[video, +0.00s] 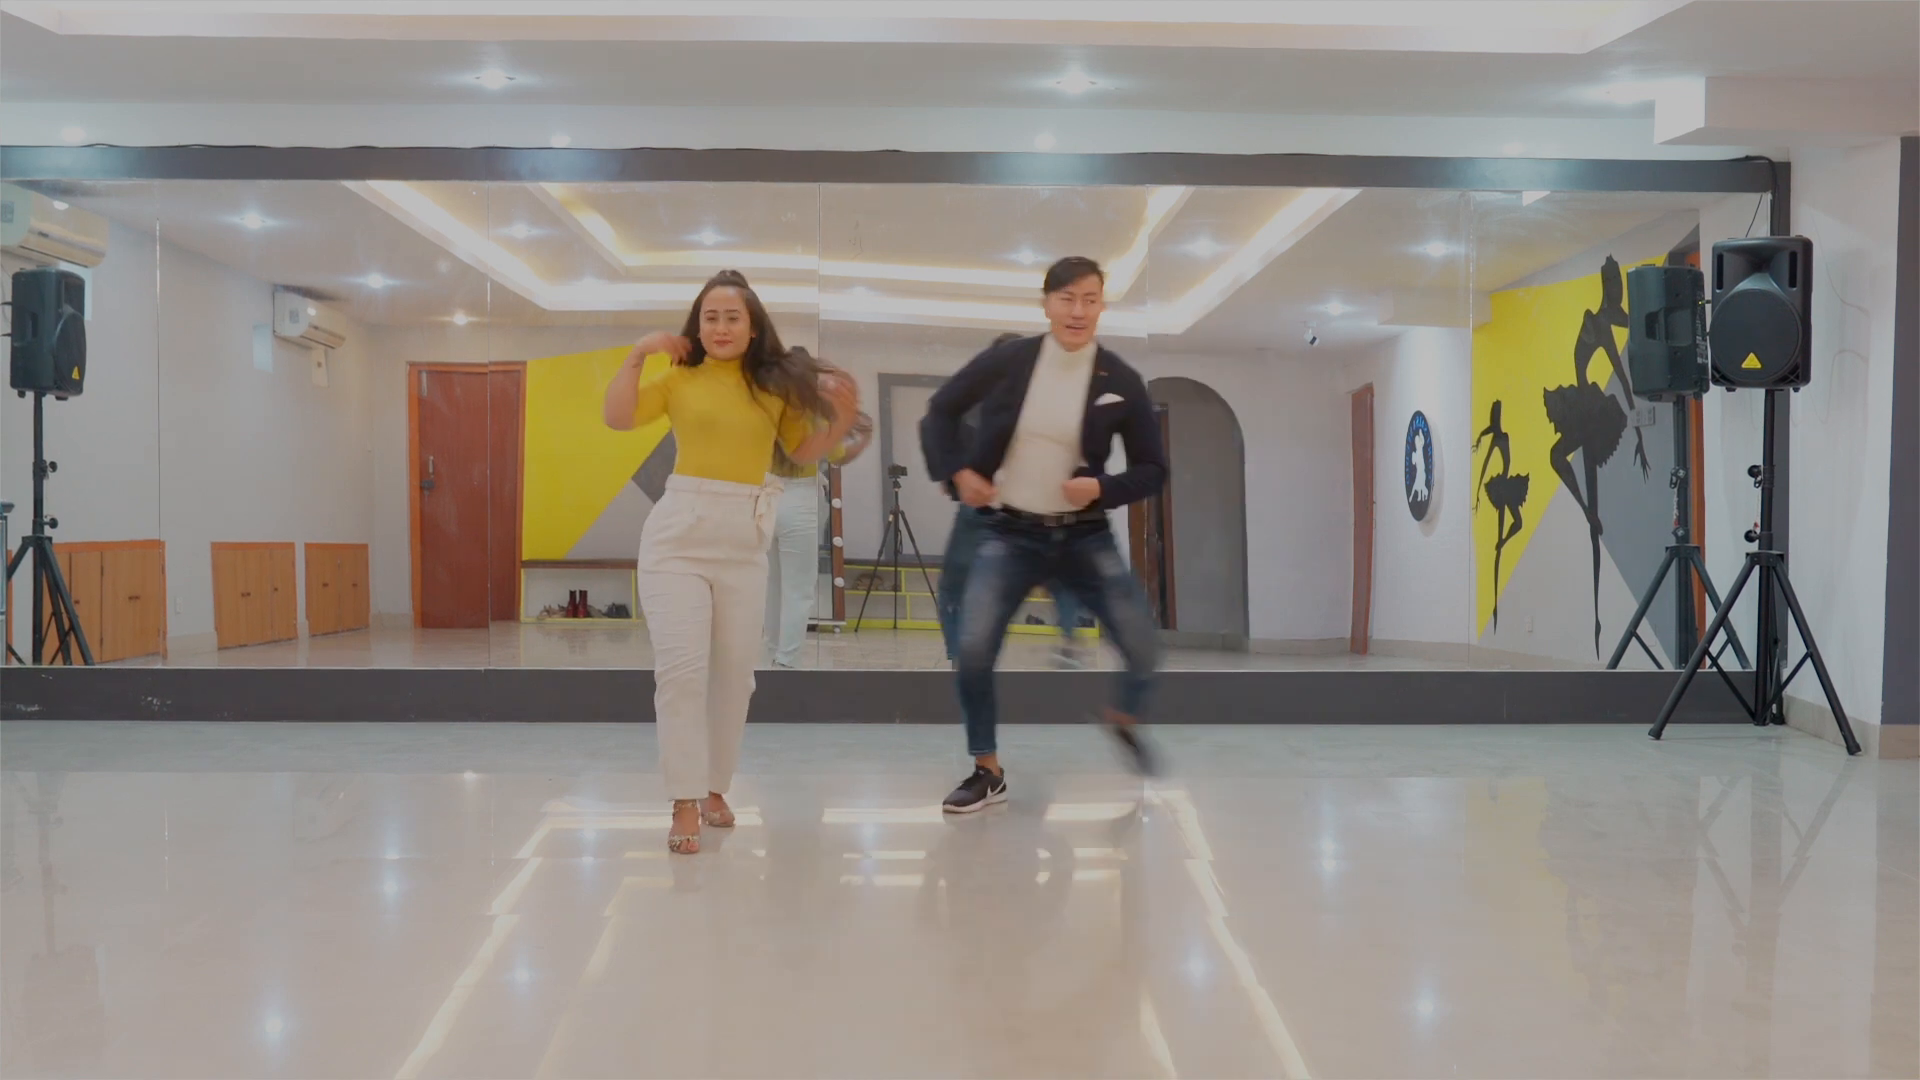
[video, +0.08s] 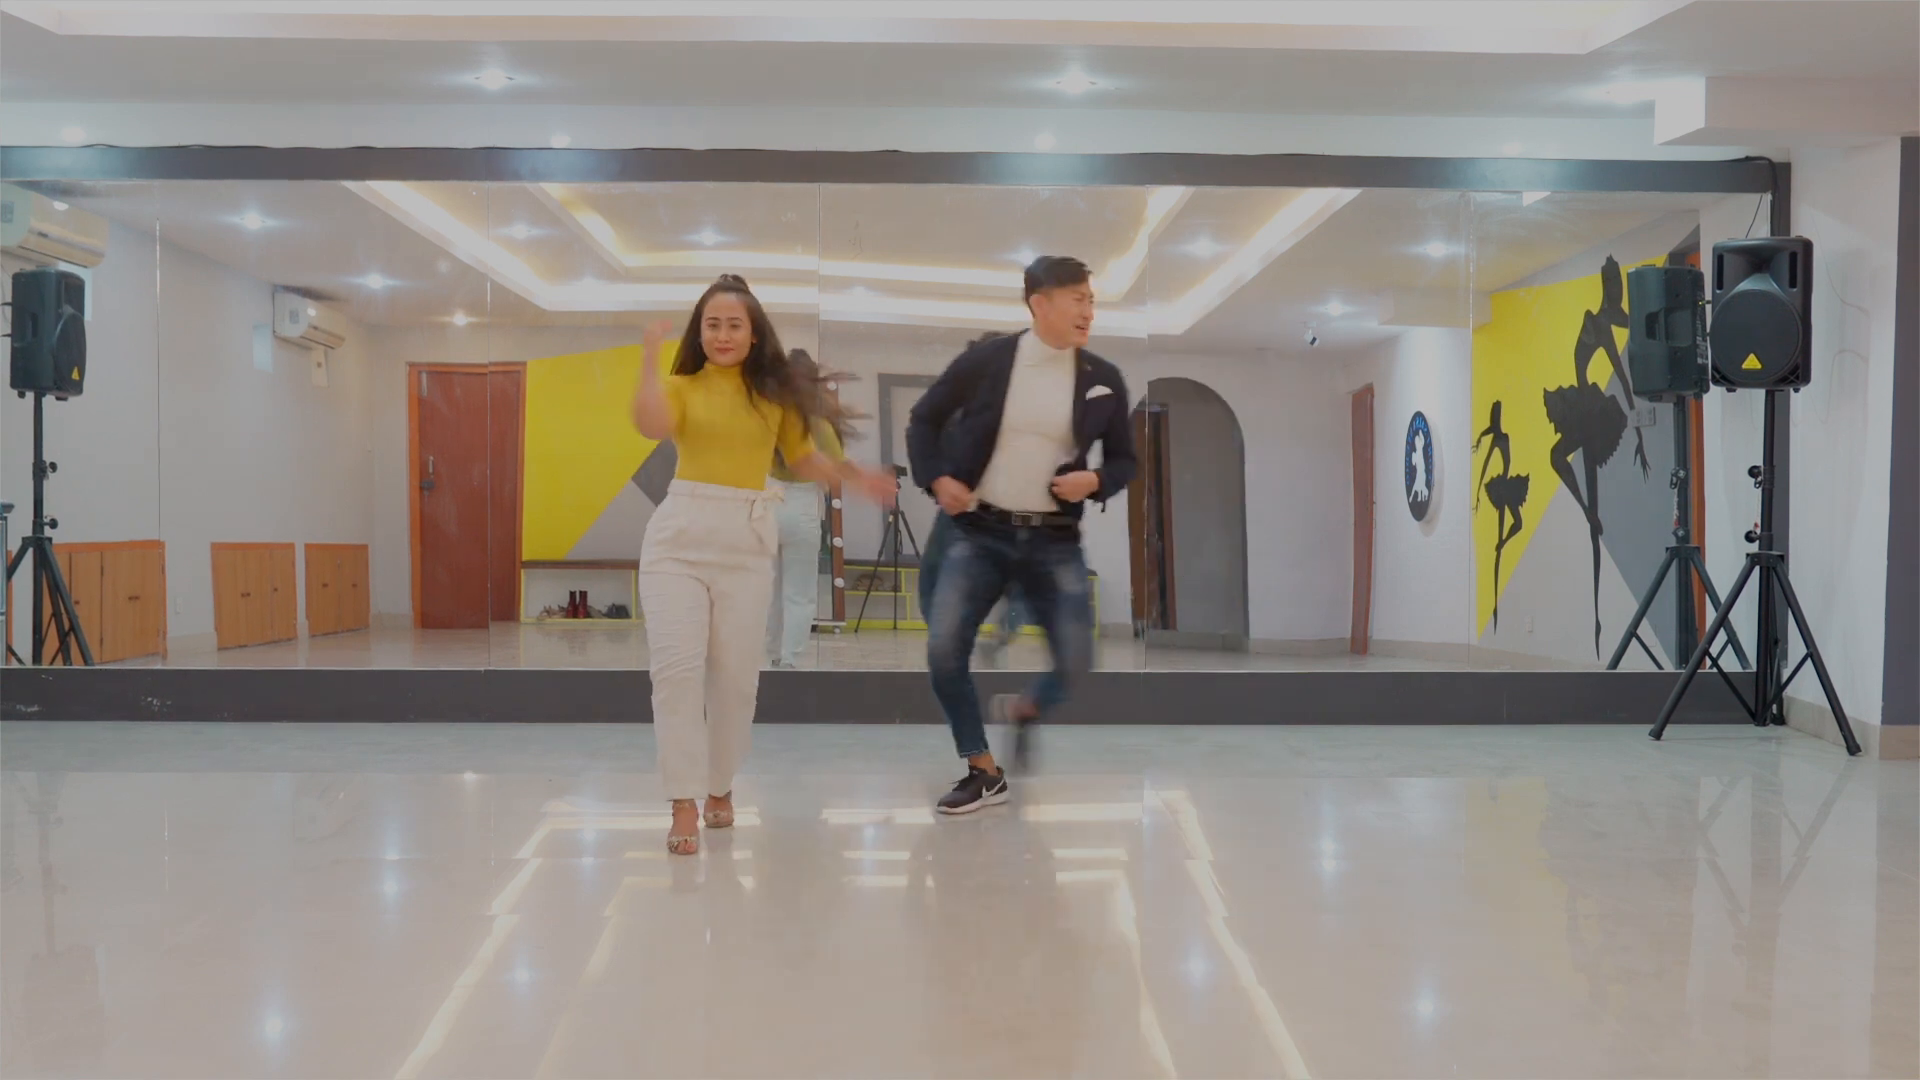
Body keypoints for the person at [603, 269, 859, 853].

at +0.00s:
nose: (721, 327)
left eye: (733, 317)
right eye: (711, 317)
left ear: (753, 326)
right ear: (697, 326)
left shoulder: (773, 390)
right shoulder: (678, 379)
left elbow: (804, 453)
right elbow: (619, 416)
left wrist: (842, 417)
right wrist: (640, 351)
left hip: (745, 545)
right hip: (677, 537)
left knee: (735, 673)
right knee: (681, 667)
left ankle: (717, 789)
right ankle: (686, 801)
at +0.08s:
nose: (724, 334)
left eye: (736, 324)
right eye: (714, 323)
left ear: (755, 333)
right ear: (699, 331)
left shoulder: (772, 397)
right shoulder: (681, 385)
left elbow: (802, 458)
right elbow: (652, 425)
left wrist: (855, 477)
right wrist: (650, 356)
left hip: (746, 541)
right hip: (678, 535)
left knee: (736, 674)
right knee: (676, 666)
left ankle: (719, 787)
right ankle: (683, 801)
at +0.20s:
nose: (728, 337)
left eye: (740, 328)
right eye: (717, 327)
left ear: (758, 338)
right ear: (699, 336)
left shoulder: (772, 400)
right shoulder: (684, 387)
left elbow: (773, 483)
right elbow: (705, 444)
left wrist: (802, 530)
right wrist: (714, 374)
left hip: (751, 545)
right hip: (685, 541)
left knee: (734, 678)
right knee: (663, 665)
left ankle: (726, 790)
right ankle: (685, 796)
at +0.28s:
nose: (732, 335)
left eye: (744, 324)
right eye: (722, 323)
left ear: (762, 332)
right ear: (706, 328)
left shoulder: (772, 391)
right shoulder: (691, 381)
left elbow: (767, 471)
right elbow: (692, 447)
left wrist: (796, 519)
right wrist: (744, 424)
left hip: (760, 540)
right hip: (692, 538)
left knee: (746, 669)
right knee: (661, 650)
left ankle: (731, 787)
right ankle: (682, 773)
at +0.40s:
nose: (741, 328)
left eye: (753, 317)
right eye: (730, 316)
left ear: (771, 323)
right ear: (715, 322)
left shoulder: (780, 386)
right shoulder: (695, 378)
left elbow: (792, 468)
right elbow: (668, 454)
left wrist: (837, 471)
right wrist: (669, 486)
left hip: (765, 532)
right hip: (699, 525)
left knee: (755, 660)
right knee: (728, 643)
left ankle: (729, 783)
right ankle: (670, 655)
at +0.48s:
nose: (748, 329)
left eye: (760, 317)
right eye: (737, 317)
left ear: (778, 323)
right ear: (721, 322)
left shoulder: (787, 386)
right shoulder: (696, 376)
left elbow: (815, 463)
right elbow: (656, 444)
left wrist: (860, 440)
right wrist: (628, 488)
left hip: (766, 531)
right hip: (705, 526)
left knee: (749, 660)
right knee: (769, 637)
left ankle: (711, 779)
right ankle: (676, 643)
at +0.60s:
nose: (756, 335)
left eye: (767, 324)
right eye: (744, 323)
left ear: (786, 330)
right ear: (728, 327)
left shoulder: (798, 392)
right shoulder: (705, 380)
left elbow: (830, 458)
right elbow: (655, 440)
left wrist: (878, 437)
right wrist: (586, 461)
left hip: (766, 542)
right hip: (717, 536)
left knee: (730, 679)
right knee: (789, 648)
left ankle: (689, 783)